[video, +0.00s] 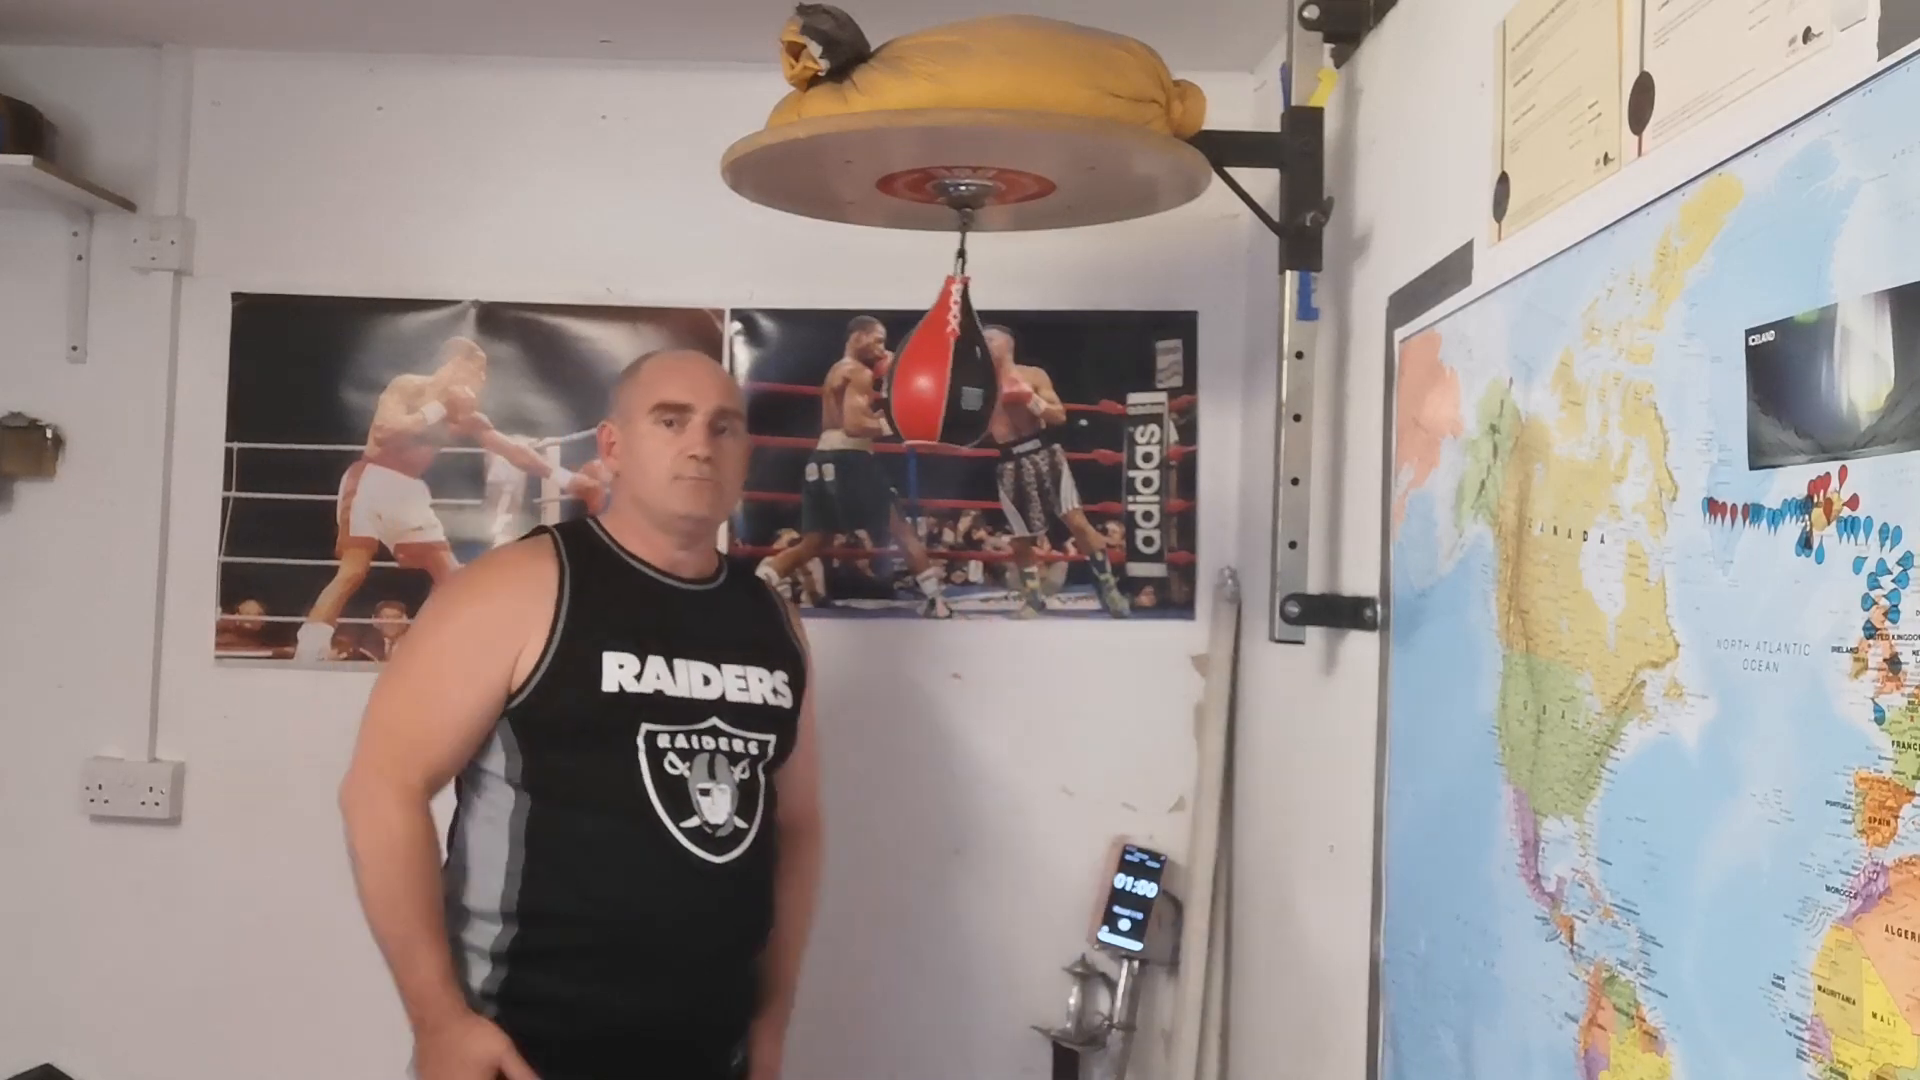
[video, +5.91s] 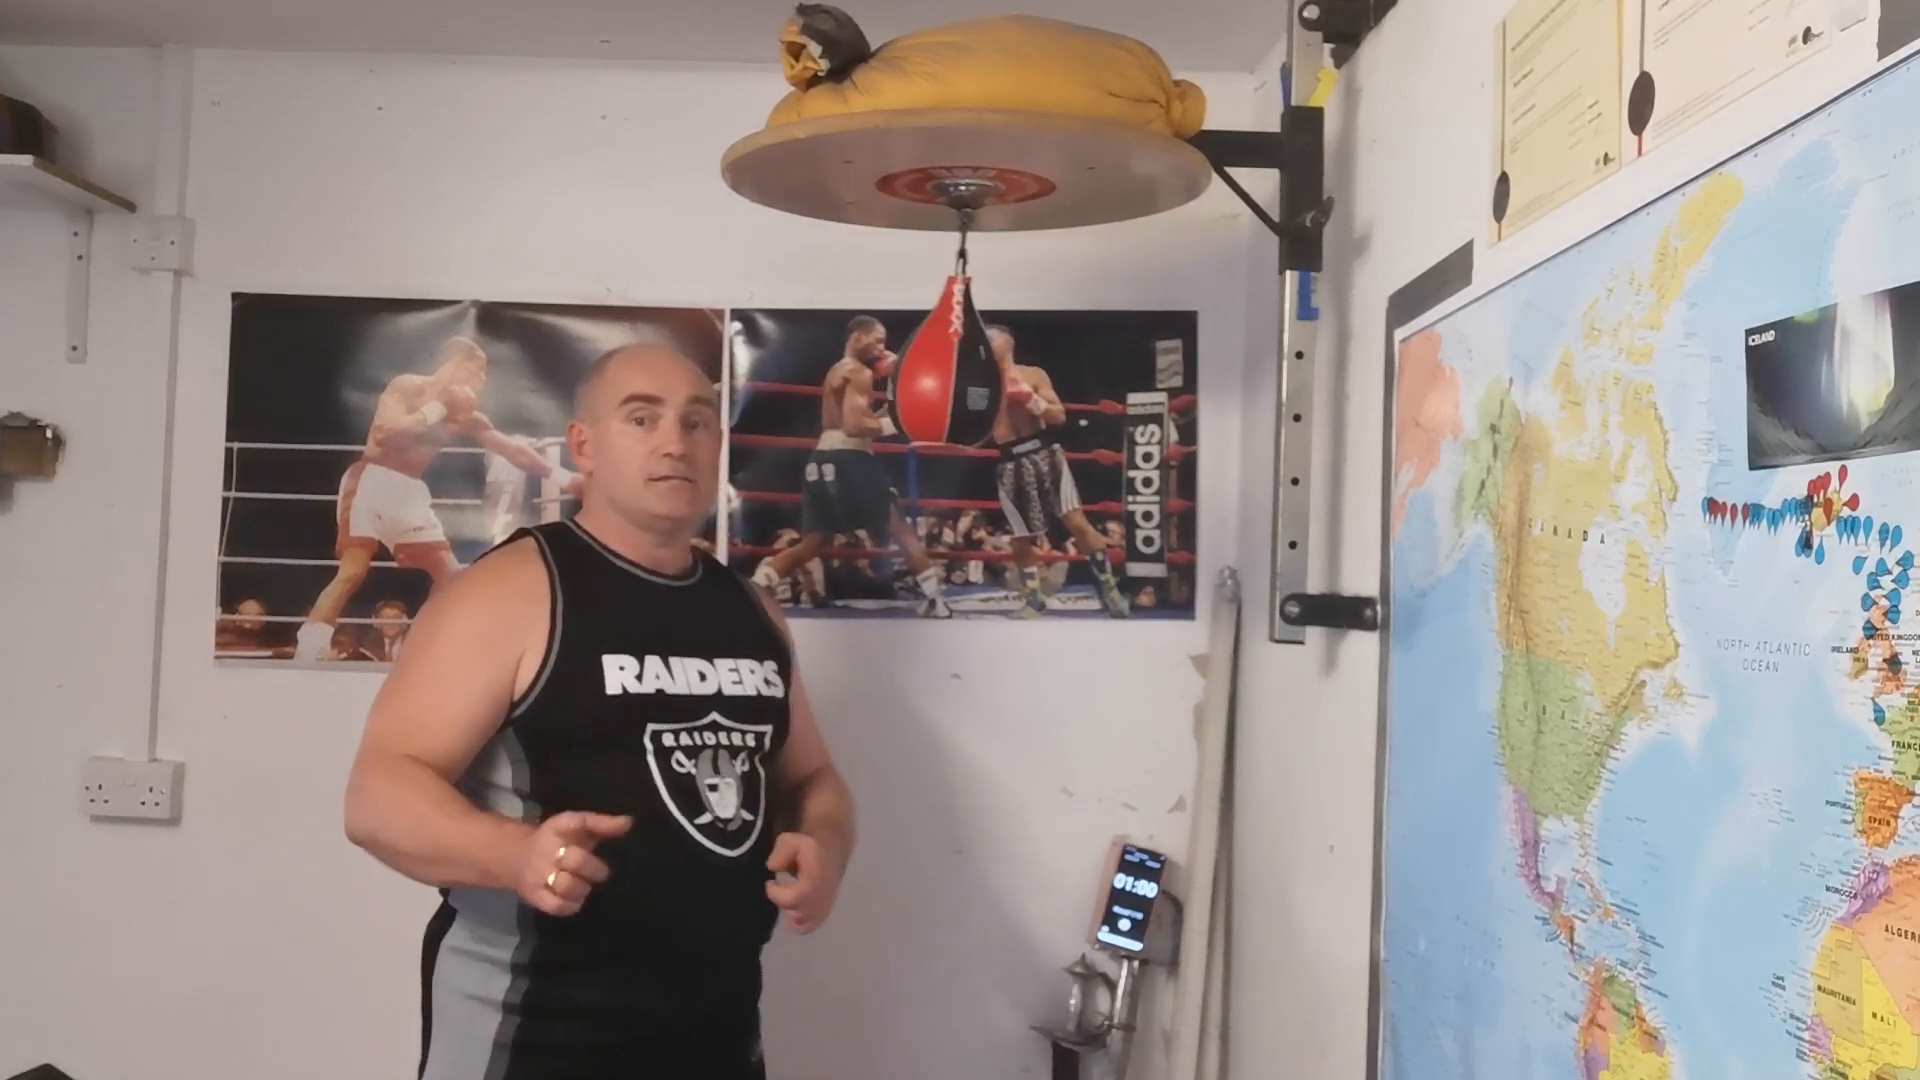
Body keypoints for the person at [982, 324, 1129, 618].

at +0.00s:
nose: (989, 348)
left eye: (993, 341)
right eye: (984, 343)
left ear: (1009, 345)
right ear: (981, 351)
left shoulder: (1033, 375)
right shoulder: (981, 385)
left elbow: (1059, 416)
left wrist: (1033, 401)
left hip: (1046, 457)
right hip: (1011, 465)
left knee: (1075, 521)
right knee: (1022, 538)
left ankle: (1109, 588)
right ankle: (1032, 599)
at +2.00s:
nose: (985, 346)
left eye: (991, 340)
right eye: (982, 342)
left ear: (1009, 344)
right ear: (981, 351)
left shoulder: (1034, 375)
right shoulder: (986, 386)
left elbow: (1059, 417)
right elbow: (986, 427)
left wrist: (1033, 401)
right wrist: (963, 445)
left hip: (1046, 457)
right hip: (1011, 465)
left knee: (1075, 522)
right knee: (1021, 538)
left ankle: (1109, 589)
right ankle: (1032, 599)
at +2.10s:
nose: (988, 346)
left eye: (993, 339)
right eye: (984, 341)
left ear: (1009, 344)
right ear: (981, 350)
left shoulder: (1034, 375)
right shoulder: (982, 384)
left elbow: (1059, 417)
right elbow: (977, 429)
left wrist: (1033, 401)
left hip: (1046, 456)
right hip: (1011, 464)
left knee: (1075, 521)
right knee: (1022, 537)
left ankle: (1109, 589)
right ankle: (1032, 598)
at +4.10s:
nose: (998, 356)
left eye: (1001, 350)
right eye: (993, 351)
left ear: (1011, 349)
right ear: (986, 353)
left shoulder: (1034, 375)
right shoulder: (982, 383)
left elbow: (1059, 416)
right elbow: (974, 425)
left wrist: (1036, 403)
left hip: (1046, 456)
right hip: (1011, 464)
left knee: (1075, 522)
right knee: (1022, 537)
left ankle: (1108, 589)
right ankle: (1033, 598)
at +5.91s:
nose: (994, 353)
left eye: (998, 346)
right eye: (990, 348)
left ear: (1010, 346)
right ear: (984, 353)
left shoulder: (1033, 375)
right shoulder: (983, 384)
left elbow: (1058, 416)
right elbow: (976, 429)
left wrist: (1035, 402)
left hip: (1045, 456)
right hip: (1011, 464)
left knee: (1075, 522)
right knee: (1022, 537)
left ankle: (1108, 587)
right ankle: (1032, 598)